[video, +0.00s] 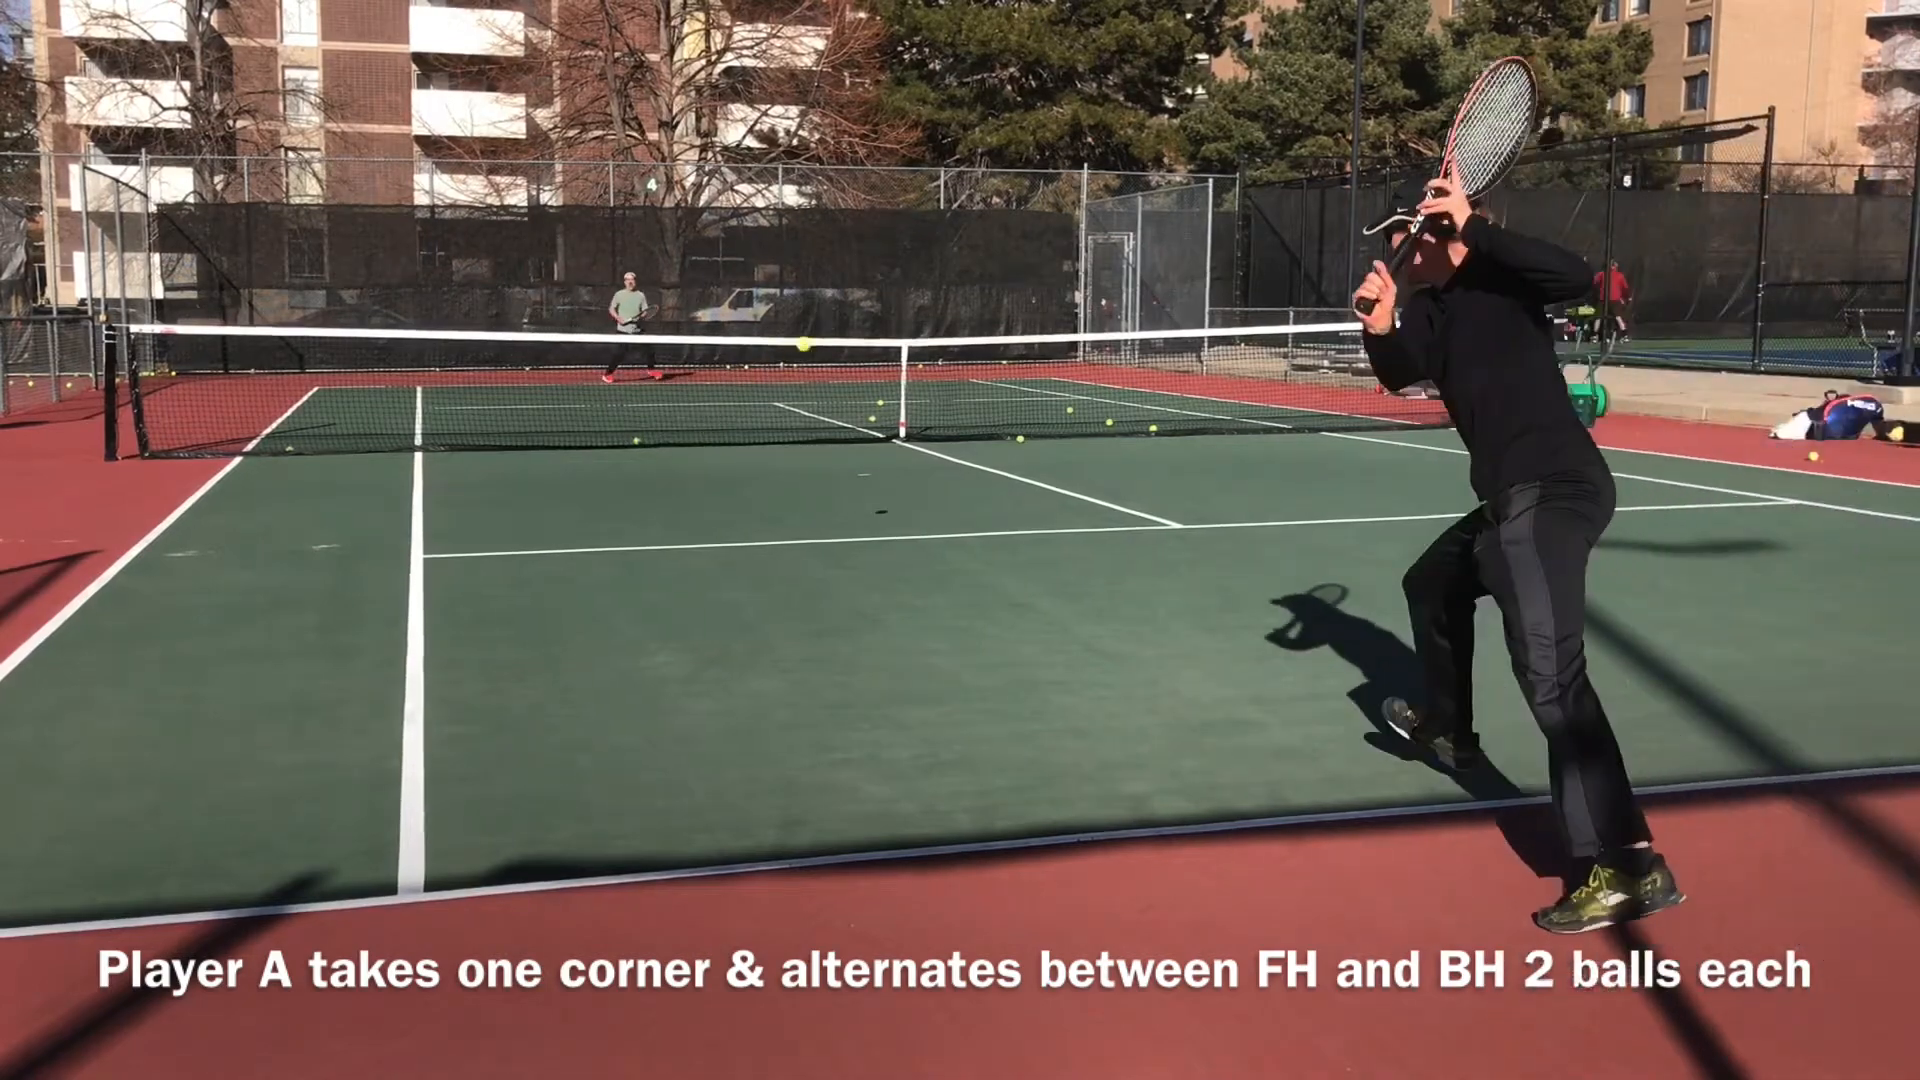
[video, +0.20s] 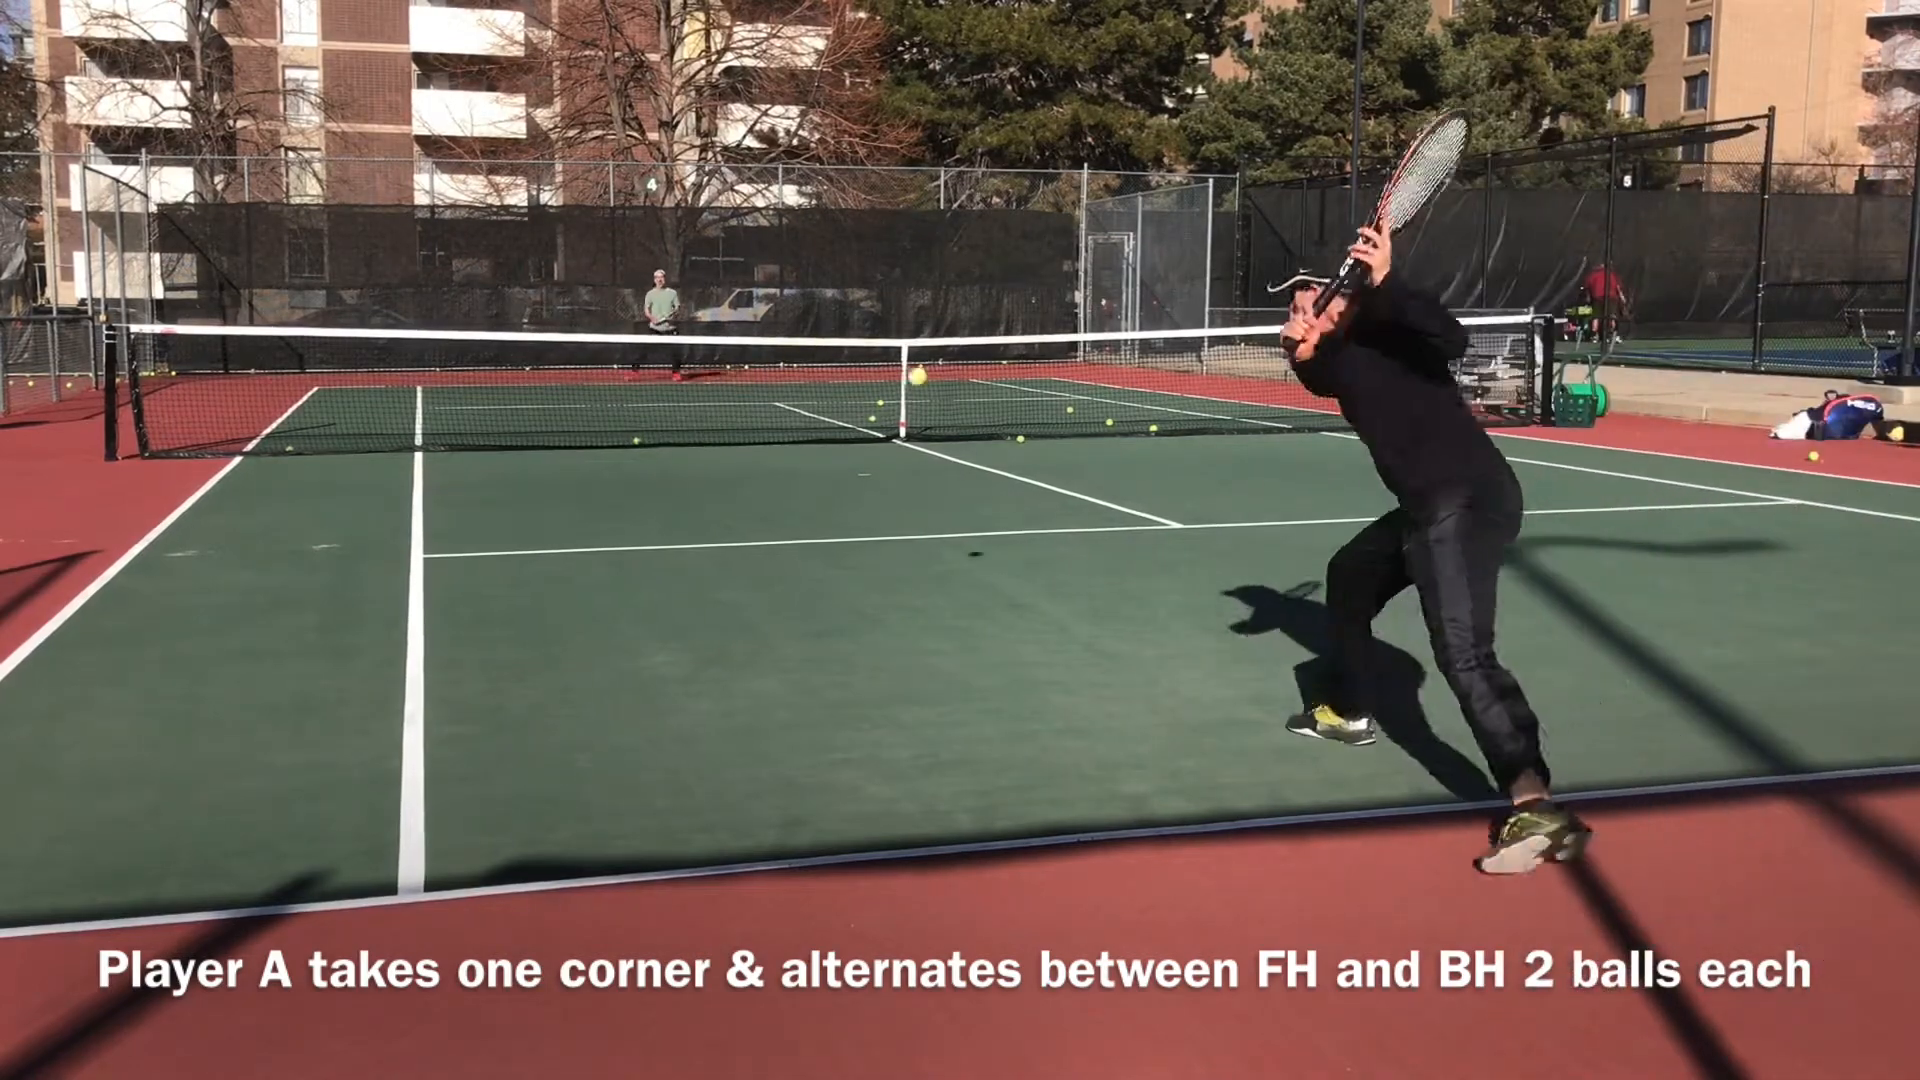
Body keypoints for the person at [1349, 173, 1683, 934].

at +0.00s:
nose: (1411, 249)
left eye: (1422, 236)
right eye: (1406, 238)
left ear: (1454, 240)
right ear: (1408, 250)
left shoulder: (1497, 278)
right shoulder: (1430, 309)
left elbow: (1574, 279)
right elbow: (1400, 376)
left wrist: (1476, 227)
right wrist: (1381, 324)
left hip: (1555, 488)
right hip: (1511, 498)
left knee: (1553, 678)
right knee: (1432, 583)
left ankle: (1625, 864)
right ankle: (1446, 731)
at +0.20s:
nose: (1300, 322)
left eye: (1308, 307)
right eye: (1297, 313)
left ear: (1338, 303)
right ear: (1324, 317)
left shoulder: (1383, 324)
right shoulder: (1343, 353)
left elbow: (1451, 337)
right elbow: (1326, 380)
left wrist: (1386, 280)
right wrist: (1301, 354)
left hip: (1468, 499)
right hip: (1431, 504)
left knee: (1464, 655)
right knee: (1350, 575)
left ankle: (1537, 806)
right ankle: (1349, 711)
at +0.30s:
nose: (1265, 348)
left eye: (1267, 335)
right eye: (1261, 338)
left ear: (1298, 324)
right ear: (1296, 326)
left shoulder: (1354, 342)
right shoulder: (1323, 359)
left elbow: (1376, 407)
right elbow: (1287, 423)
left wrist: (1318, 416)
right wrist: (1249, 463)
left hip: (1448, 499)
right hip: (1416, 501)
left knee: (1433, 654)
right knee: (1334, 566)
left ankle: (1515, 787)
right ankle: (1344, 708)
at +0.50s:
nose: (1246, 341)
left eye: (1245, 329)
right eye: (1241, 333)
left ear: (1271, 314)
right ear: (1275, 315)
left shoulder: (1314, 325)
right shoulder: (1328, 329)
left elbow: (1358, 383)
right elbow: (1378, 399)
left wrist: (1341, 443)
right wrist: (1365, 469)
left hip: (1428, 463)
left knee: (1390, 620)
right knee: (1341, 561)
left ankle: (1521, 709)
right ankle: (1347, 707)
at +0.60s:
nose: (1257, 298)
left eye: (1259, 286)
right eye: (1253, 288)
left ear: (1282, 279)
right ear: (1295, 276)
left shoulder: (1319, 298)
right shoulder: (1364, 303)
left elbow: (1350, 338)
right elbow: (1453, 332)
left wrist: (1347, 381)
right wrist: (1468, 329)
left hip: (1423, 440)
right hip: (1450, 434)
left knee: (1383, 596)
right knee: (1342, 563)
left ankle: (1503, 686)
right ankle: (1345, 705)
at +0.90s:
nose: (1346, 206)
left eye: (1346, 198)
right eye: (1348, 197)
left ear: (1358, 202)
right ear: (1398, 198)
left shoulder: (1371, 248)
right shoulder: (1435, 240)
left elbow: (1375, 325)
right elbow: (1498, 237)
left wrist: (1304, 347)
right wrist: (1558, 229)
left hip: (1420, 421)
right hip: (1465, 417)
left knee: (1419, 564)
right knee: (1375, 536)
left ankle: (1482, 698)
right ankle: (1410, 674)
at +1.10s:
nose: (1376, 214)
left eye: (1377, 205)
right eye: (1380, 203)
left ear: (1385, 210)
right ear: (1429, 207)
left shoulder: (1384, 269)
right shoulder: (1460, 260)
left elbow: (1374, 357)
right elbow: (1527, 306)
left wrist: (1290, 371)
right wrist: (1569, 338)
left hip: (1423, 437)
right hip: (1477, 432)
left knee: (1354, 565)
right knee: (1433, 557)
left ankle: (1442, 677)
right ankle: (1468, 679)